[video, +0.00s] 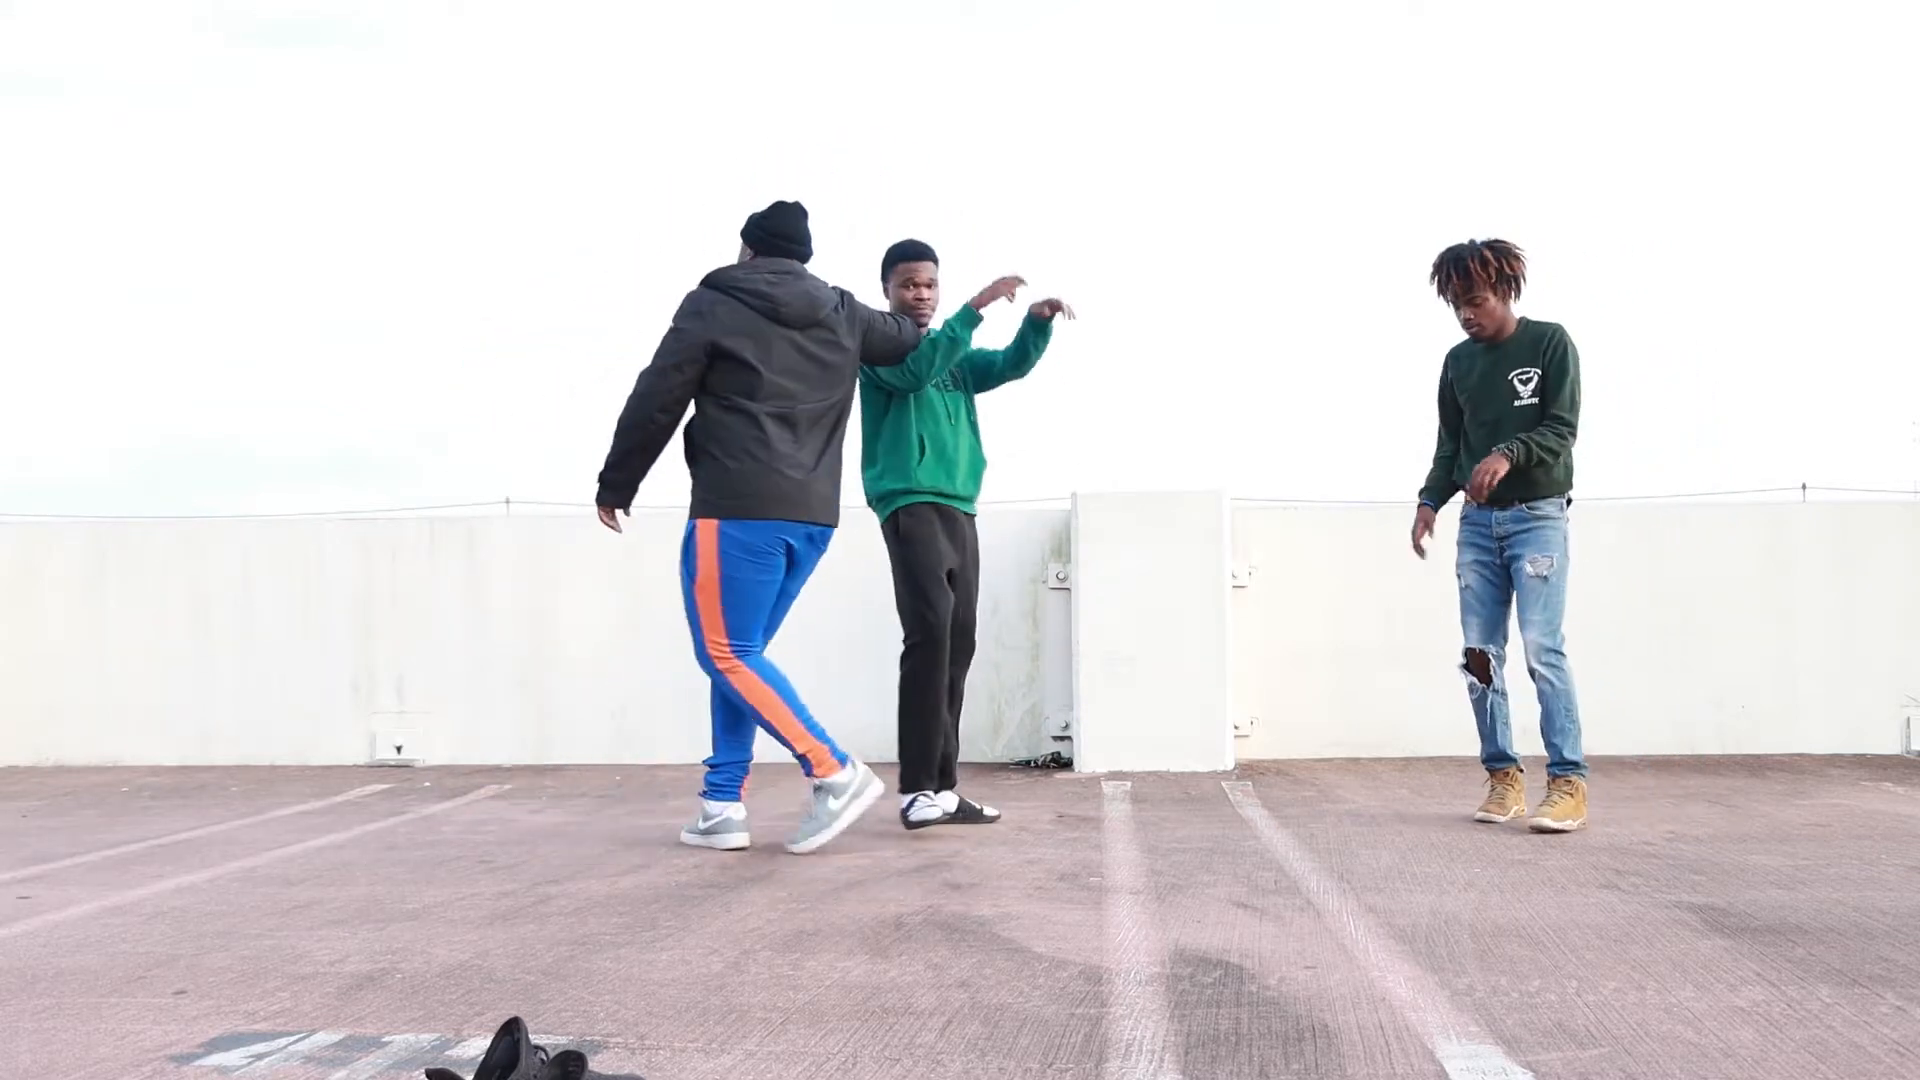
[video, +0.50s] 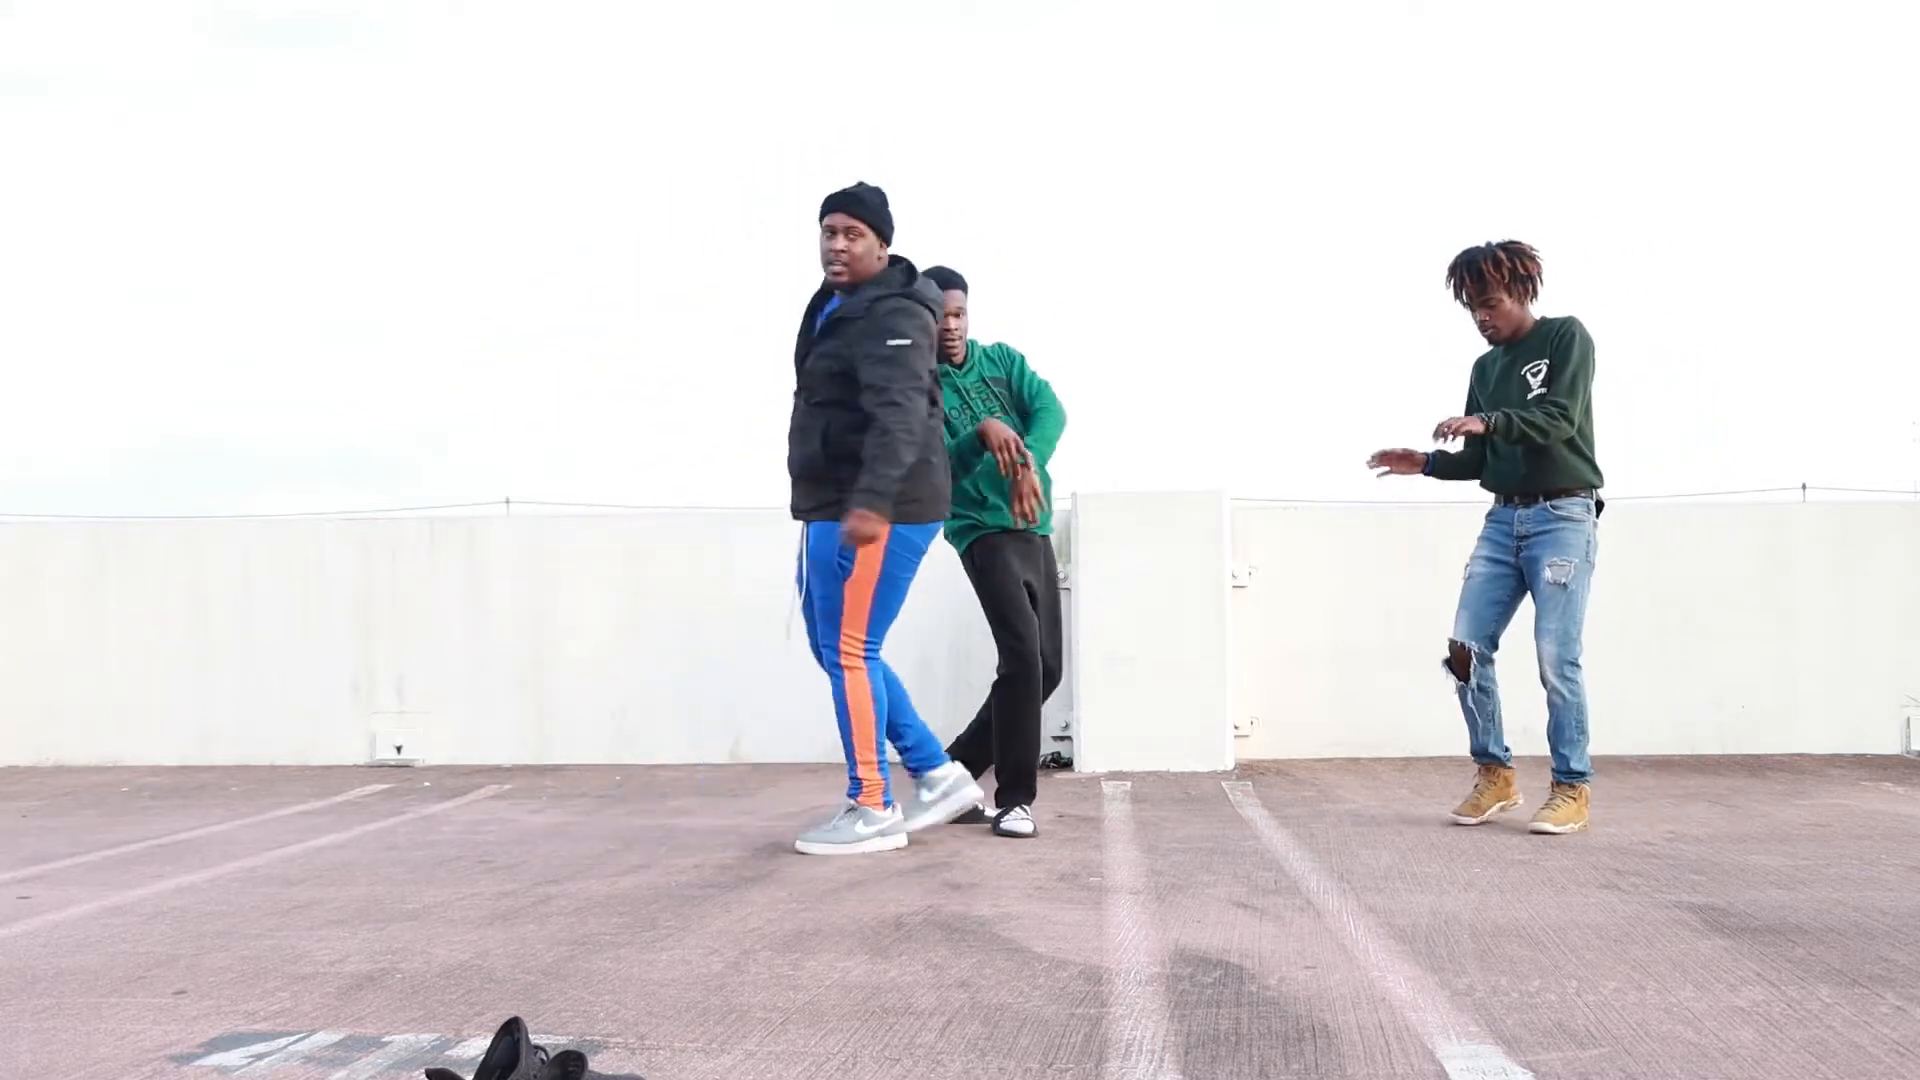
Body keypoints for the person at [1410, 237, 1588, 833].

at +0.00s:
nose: (1465, 316)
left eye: (1474, 303)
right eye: (1457, 306)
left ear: (1507, 291)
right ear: (1452, 303)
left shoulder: (1550, 341)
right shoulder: (1458, 361)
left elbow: (1560, 428)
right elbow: (1451, 442)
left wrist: (1509, 454)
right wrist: (1429, 501)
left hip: (1538, 518)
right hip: (1478, 523)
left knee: (1542, 650)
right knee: (1480, 655)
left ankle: (1567, 784)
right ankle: (1502, 778)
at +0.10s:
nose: (1467, 315)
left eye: (1476, 301)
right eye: (1459, 304)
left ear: (1509, 290)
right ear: (1455, 301)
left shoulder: (1554, 339)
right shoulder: (1464, 362)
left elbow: (1558, 428)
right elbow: (1464, 452)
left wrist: (1499, 443)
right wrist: (1428, 491)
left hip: (1544, 516)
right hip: (1485, 520)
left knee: (1548, 649)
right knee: (1482, 655)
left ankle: (1569, 786)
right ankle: (1503, 780)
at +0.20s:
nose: (1472, 313)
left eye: (1481, 300)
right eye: (1464, 302)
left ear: (1514, 286)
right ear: (1460, 298)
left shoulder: (1559, 331)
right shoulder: (1474, 359)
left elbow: (1558, 416)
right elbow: (1473, 448)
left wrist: (1494, 426)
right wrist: (1428, 475)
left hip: (1552, 514)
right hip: (1493, 516)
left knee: (1558, 651)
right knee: (1481, 652)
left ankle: (1571, 784)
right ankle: (1501, 776)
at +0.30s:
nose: (1476, 313)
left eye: (1484, 300)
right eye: (1468, 302)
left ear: (1517, 286)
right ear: (1465, 298)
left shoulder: (1563, 329)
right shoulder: (1482, 360)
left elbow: (1558, 413)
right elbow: (1485, 451)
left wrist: (1493, 422)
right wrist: (1431, 466)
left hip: (1560, 513)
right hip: (1501, 516)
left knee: (1563, 655)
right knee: (1471, 649)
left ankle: (1572, 787)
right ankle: (1503, 769)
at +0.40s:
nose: (1481, 318)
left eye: (1490, 304)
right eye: (1473, 308)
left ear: (1524, 291)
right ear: (1469, 304)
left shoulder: (1566, 333)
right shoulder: (1485, 366)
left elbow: (1558, 418)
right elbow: (1486, 460)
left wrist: (1490, 423)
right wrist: (1430, 467)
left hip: (1562, 516)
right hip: (1505, 519)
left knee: (1557, 656)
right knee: (1468, 650)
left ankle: (1571, 787)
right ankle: (1505, 765)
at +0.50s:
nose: (1480, 320)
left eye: (1488, 306)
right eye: (1472, 309)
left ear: (1522, 293)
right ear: (1470, 306)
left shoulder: (1567, 337)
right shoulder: (1485, 369)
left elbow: (1557, 420)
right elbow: (1480, 461)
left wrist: (1488, 423)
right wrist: (1424, 462)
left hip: (1562, 517)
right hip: (1504, 520)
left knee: (1554, 658)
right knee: (1467, 651)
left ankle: (1570, 789)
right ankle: (1494, 777)